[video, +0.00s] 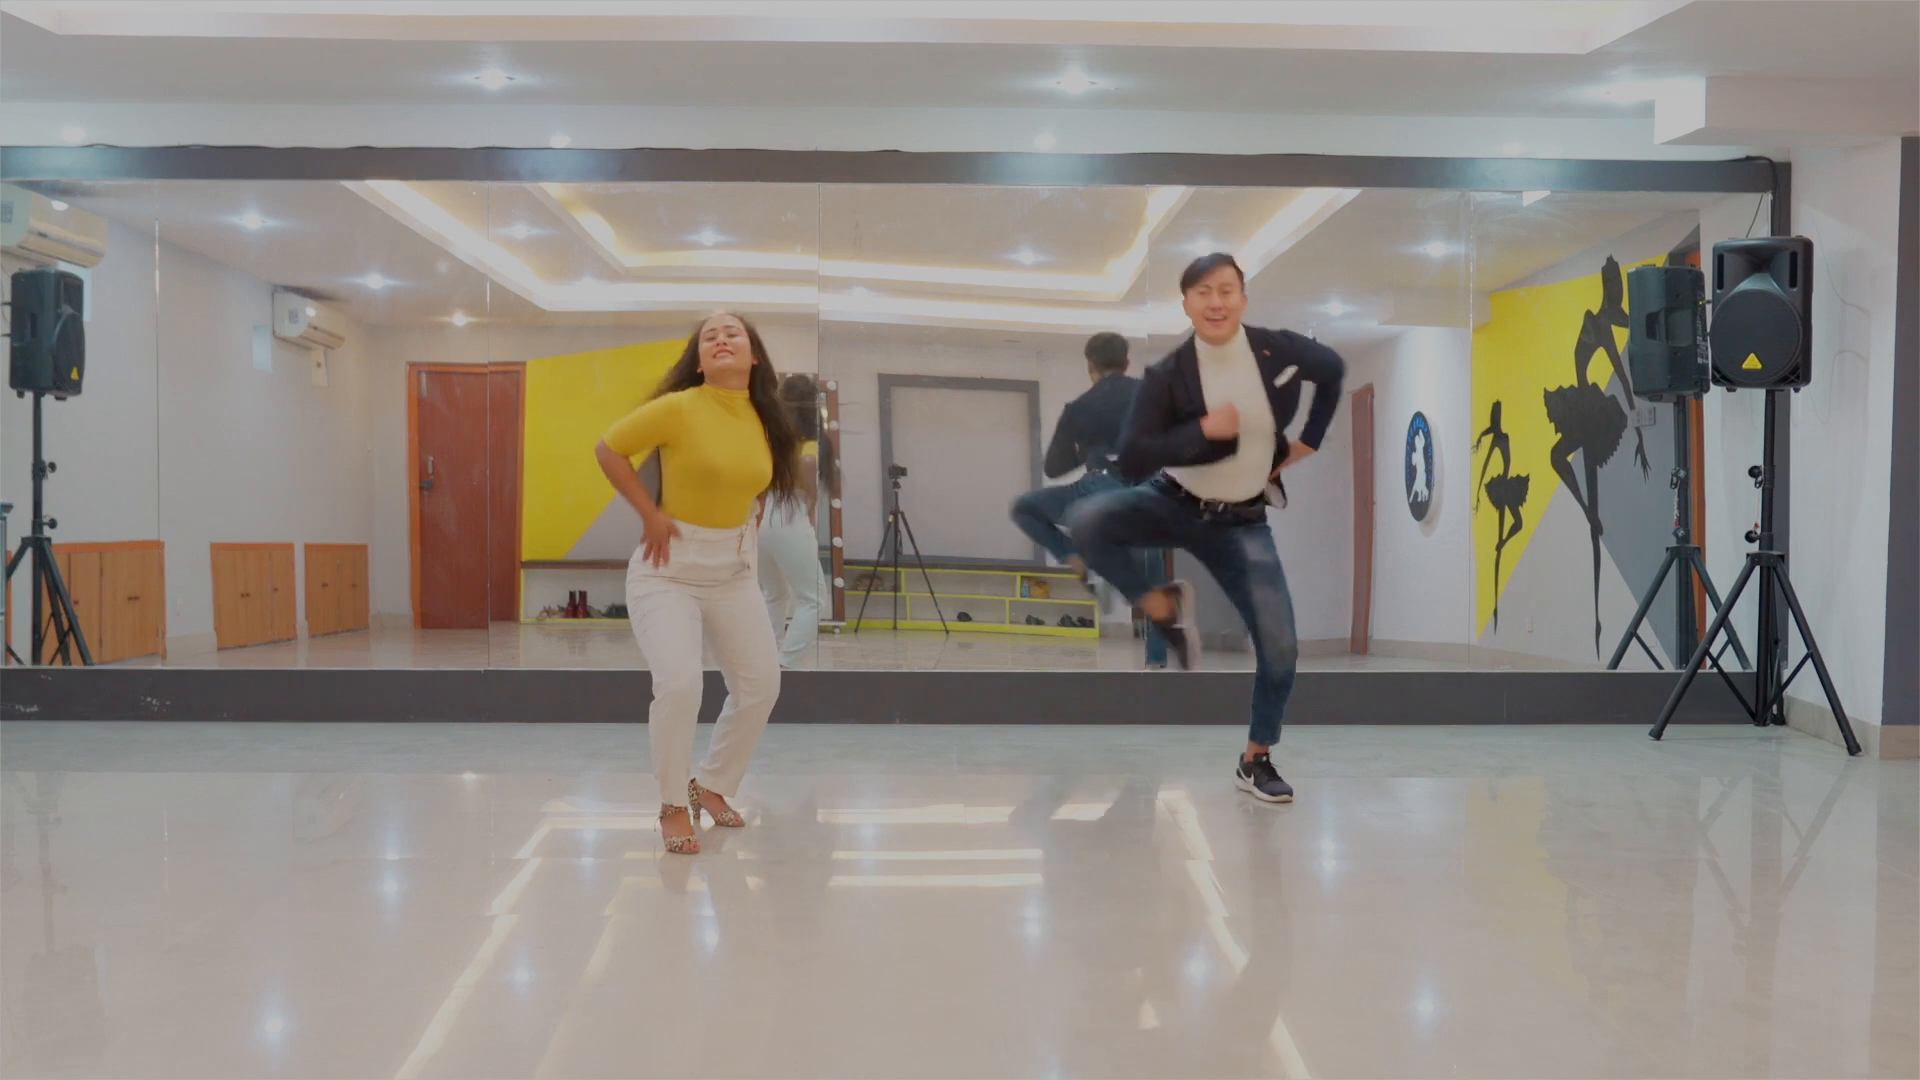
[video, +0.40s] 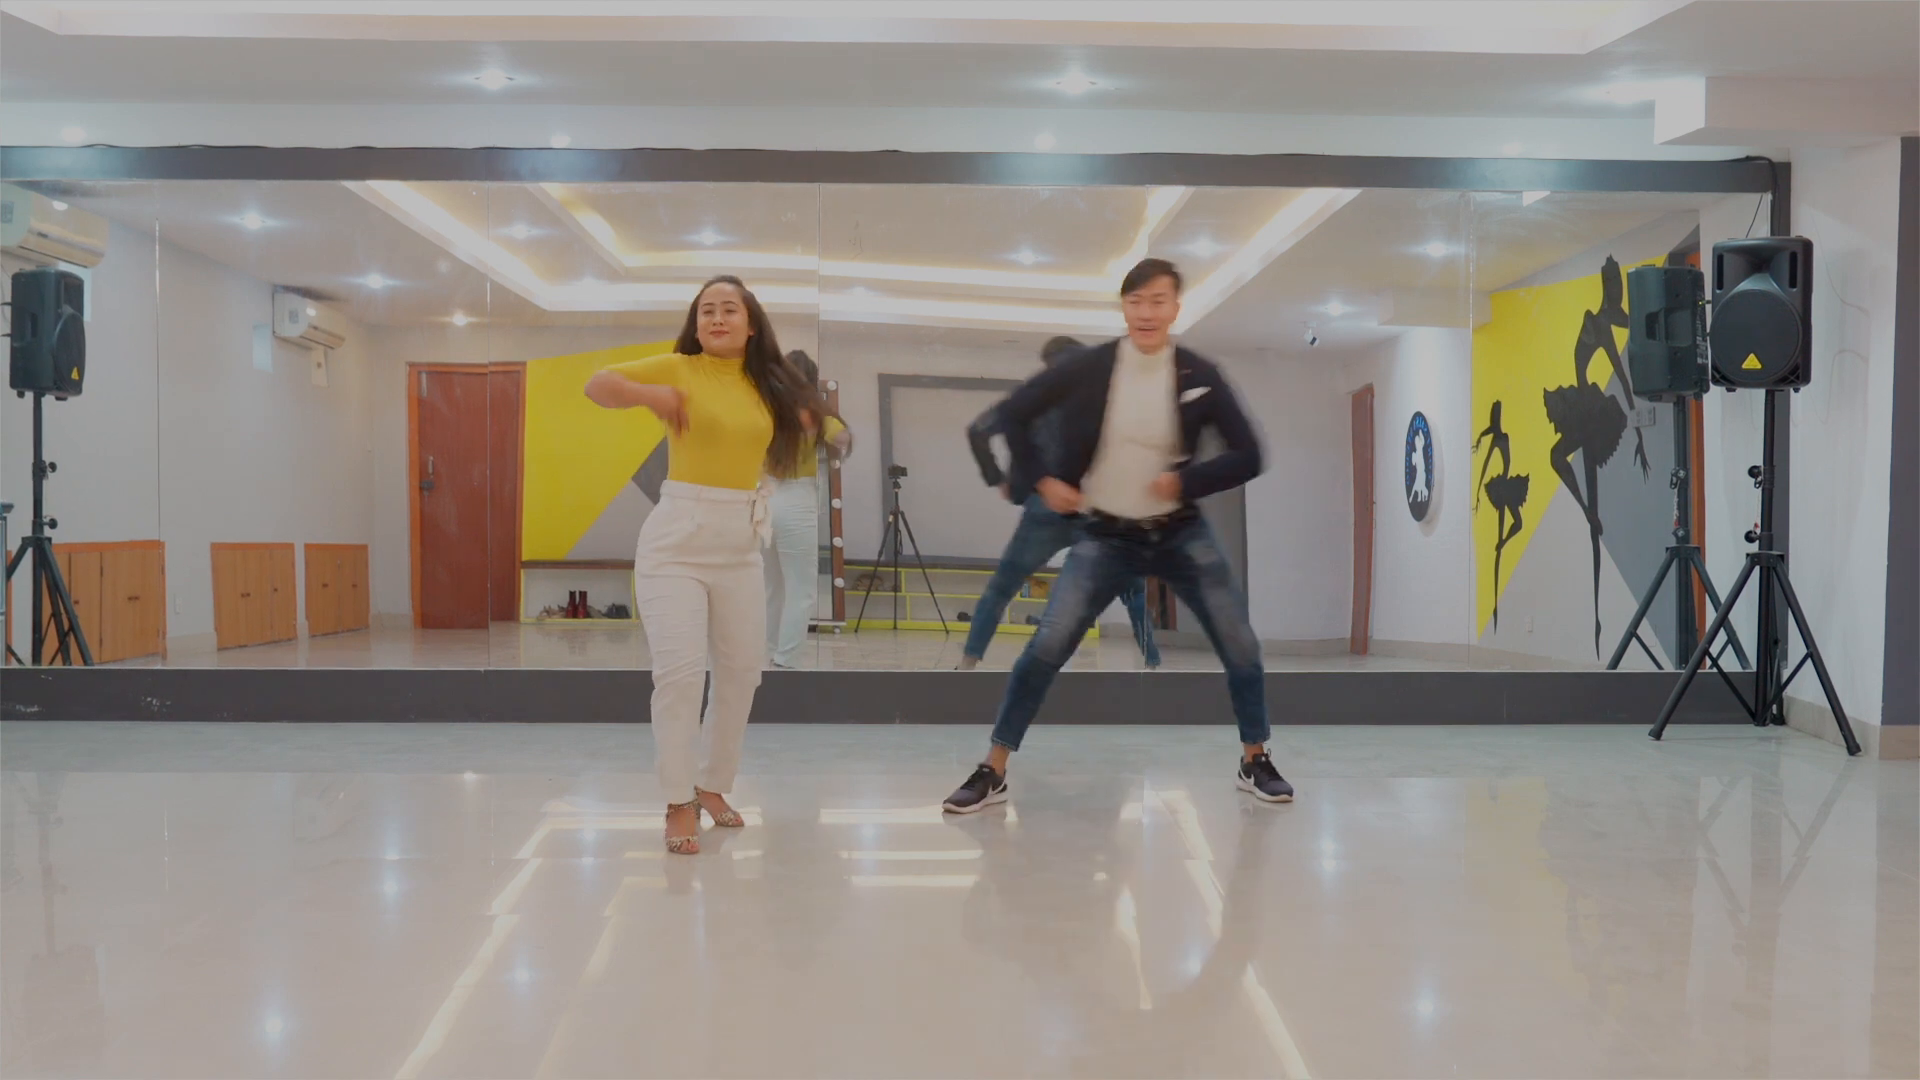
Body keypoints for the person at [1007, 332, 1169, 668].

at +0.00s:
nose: (1093, 370)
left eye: (1091, 365)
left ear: (1091, 366)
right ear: (1128, 364)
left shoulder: (1080, 407)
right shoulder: (1147, 394)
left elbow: (1054, 467)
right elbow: (1164, 440)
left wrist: (1086, 448)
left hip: (1098, 488)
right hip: (1147, 490)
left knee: (1024, 508)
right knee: (1147, 577)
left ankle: (1073, 557)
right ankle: (1157, 660)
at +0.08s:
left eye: (1092, 370)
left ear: (1094, 372)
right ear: (1130, 369)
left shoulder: (1080, 411)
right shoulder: (1148, 397)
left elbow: (1064, 473)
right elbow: (1161, 449)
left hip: (1089, 486)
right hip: (1136, 490)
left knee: (1006, 504)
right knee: (1144, 586)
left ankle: (1044, 575)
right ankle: (1153, 660)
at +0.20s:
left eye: (1087, 368)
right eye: (1123, 367)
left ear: (1087, 370)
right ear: (1123, 369)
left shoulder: (1070, 409)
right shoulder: (1138, 401)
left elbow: (1044, 471)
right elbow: (1158, 453)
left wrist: (1074, 485)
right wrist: (1142, 479)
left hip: (1088, 491)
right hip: (1133, 494)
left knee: (1002, 537)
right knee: (1138, 589)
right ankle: (1154, 663)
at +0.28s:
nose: (1073, 372)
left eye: (1073, 366)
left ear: (1075, 369)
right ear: (1110, 367)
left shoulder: (1059, 405)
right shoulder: (1129, 397)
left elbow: (1015, 456)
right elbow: (1148, 449)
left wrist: (1047, 492)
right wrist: (1136, 485)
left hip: (1074, 496)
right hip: (1127, 498)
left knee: (1008, 567)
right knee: (1136, 587)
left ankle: (947, 641)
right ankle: (1154, 665)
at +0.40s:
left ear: (1047, 363)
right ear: (1083, 358)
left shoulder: (1037, 390)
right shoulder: (1103, 386)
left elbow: (978, 431)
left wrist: (999, 480)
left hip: (1047, 507)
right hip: (1101, 508)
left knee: (1002, 586)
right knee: (1131, 587)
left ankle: (970, 658)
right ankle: (1153, 662)